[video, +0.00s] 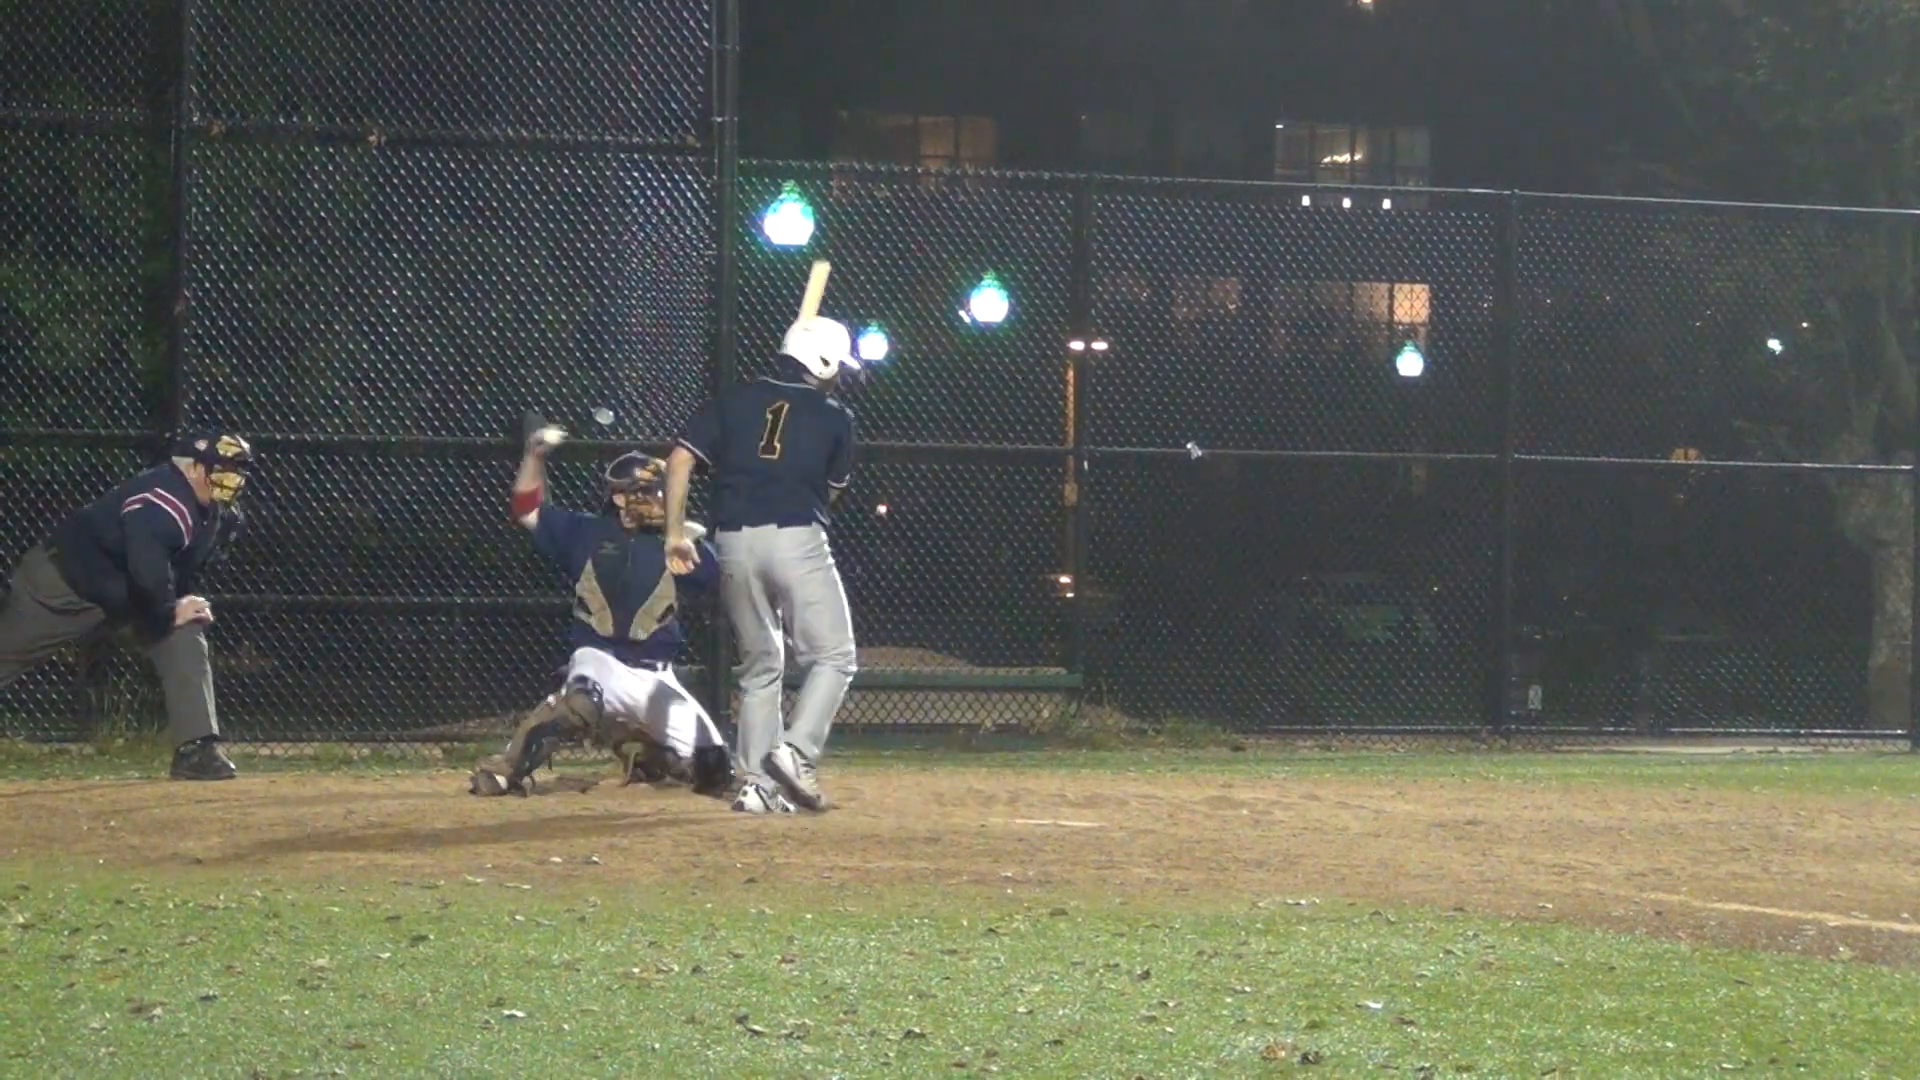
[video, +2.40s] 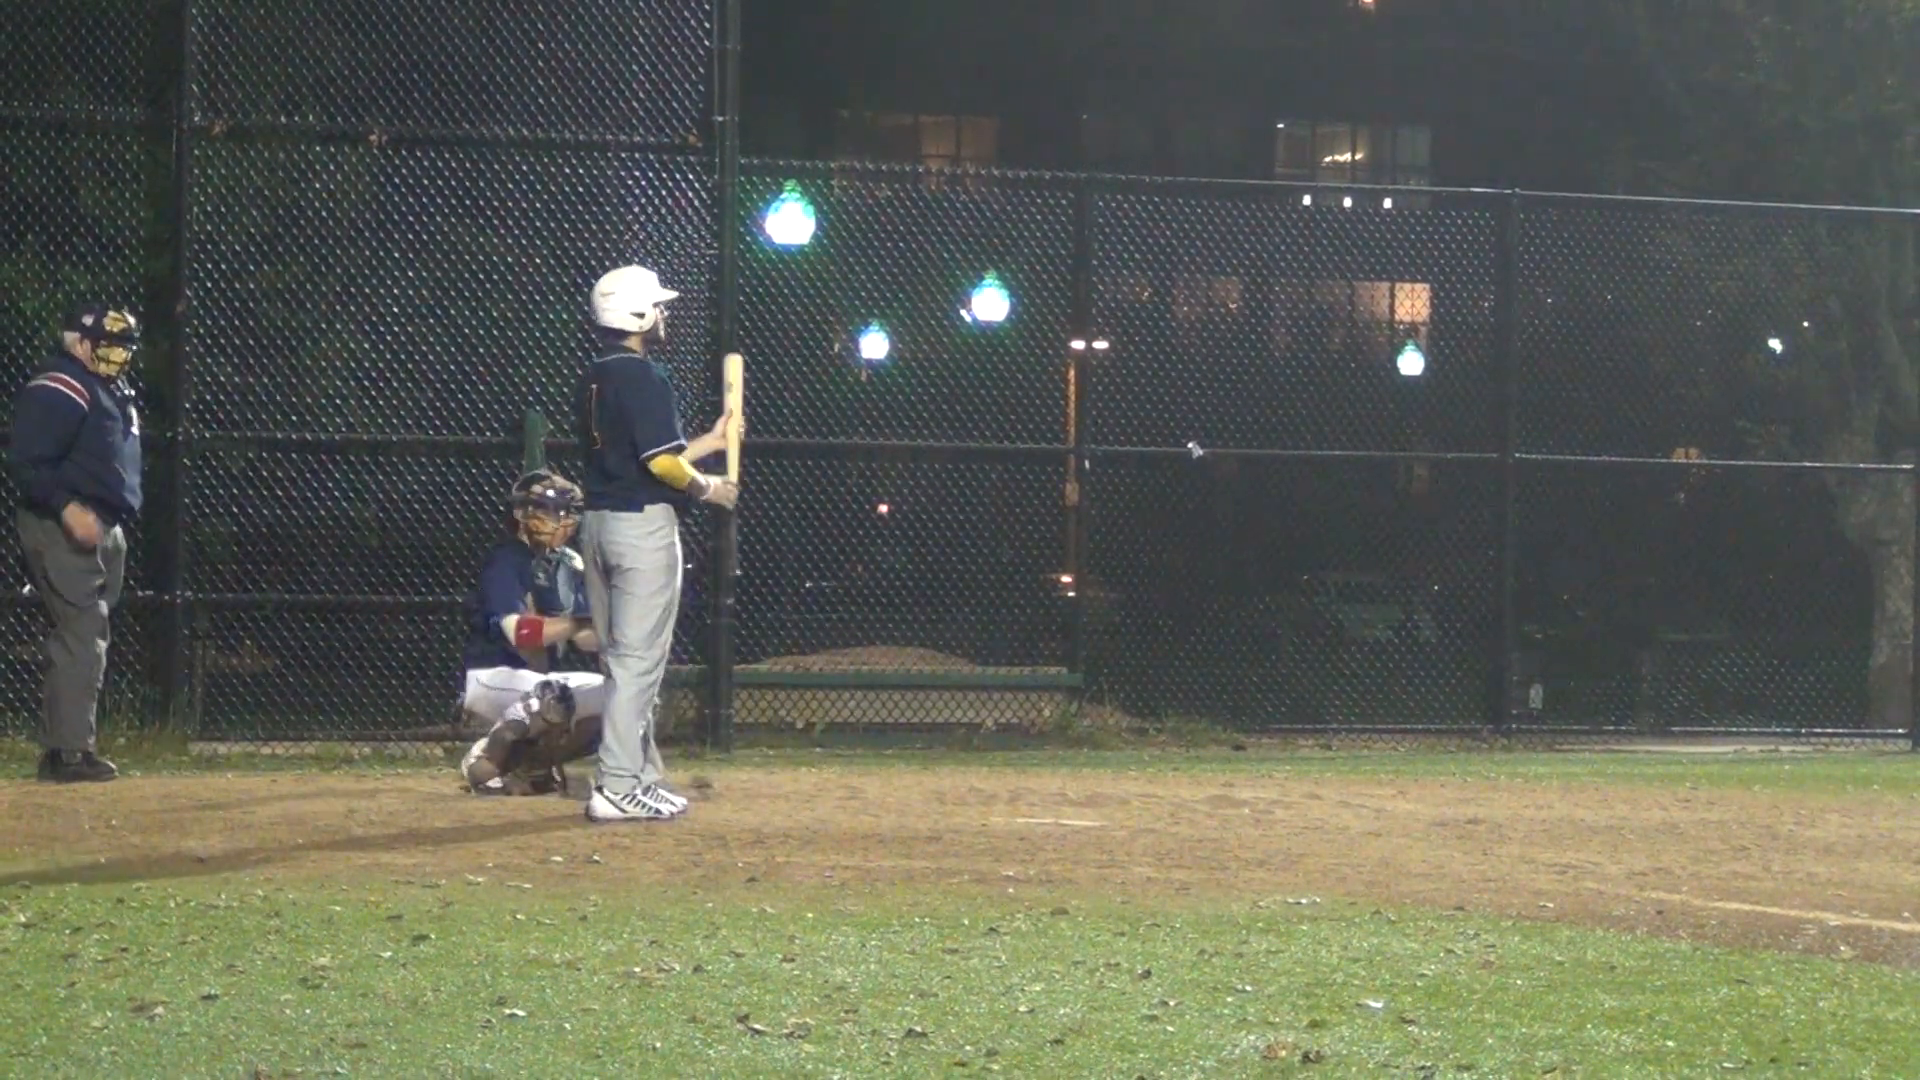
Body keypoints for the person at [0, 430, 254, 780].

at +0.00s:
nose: (231, 482)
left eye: (235, 474)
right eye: (222, 472)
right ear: (194, 469)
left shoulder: (206, 508)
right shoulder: (163, 495)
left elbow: (185, 570)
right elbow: (147, 568)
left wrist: (184, 605)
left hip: (122, 593)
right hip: (65, 581)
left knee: (184, 640)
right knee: (5, 663)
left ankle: (196, 747)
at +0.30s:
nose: (246, 418)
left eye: (252, 411)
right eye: (239, 408)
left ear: (258, 415)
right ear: (216, 406)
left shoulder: (228, 457)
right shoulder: (182, 449)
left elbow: (210, 534)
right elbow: (164, 522)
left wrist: (195, 591)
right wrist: (172, 589)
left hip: (144, 554)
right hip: (91, 538)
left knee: (183, 636)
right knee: (59, 640)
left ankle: (195, 747)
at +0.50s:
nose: (217, 377)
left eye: (222, 369)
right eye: (207, 368)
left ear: (227, 372)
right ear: (181, 366)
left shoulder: (210, 422)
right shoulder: (154, 415)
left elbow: (200, 503)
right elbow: (125, 488)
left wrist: (188, 565)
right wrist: (141, 555)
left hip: (147, 530)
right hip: (92, 523)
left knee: (177, 620)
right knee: (107, 627)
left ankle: (196, 748)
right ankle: (62, 749)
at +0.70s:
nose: (164, 363)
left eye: (170, 355)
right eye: (155, 354)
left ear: (177, 357)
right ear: (130, 350)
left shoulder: (160, 402)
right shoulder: (107, 399)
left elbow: (153, 483)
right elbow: (82, 475)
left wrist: (161, 546)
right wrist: (98, 542)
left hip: (139, 536)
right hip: (87, 533)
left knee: (164, 637)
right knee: (86, 643)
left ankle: (192, 747)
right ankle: (59, 754)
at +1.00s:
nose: (119, 351)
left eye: (126, 343)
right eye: (110, 341)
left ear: (134, 347)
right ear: (85, 340)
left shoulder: (127, 389)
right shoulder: (66, 385)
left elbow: (119, 459)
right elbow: (31, 458)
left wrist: (124, 515)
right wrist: (31, 526)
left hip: (119, 528)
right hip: (74, 525)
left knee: (151, 618)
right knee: (65, 633)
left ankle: (133, 740)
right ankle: (57, 753)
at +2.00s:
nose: (121, 356)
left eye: (125, 348)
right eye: (113, 346)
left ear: (125, 351)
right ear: (86, 344)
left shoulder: (110, 393)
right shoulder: (62, 386)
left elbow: (105, 472)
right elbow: (24, 456)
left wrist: (113, 536)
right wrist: (37, 522)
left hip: (98, 531)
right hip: (65, 527)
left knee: (82, 636)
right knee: (82, 635)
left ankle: (64, 744)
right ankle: (60, 747)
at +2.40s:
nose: (117, 354)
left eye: (122, 346)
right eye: (108, 344)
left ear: (126, 347)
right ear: (82, 343)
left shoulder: (113, 390)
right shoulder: (59, 388)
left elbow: (111, 459)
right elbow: (25, 462)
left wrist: (117, 513)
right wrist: (65, 508)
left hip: (106, 527)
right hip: (60, 526)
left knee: (86, 632)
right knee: (84, 632)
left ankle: (63, 745)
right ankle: (70, 748)